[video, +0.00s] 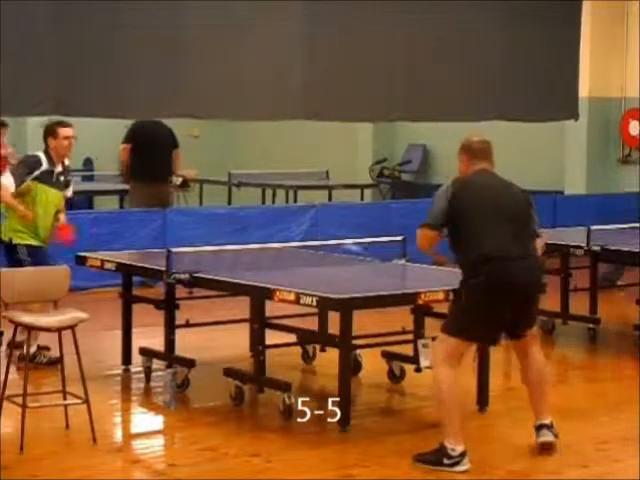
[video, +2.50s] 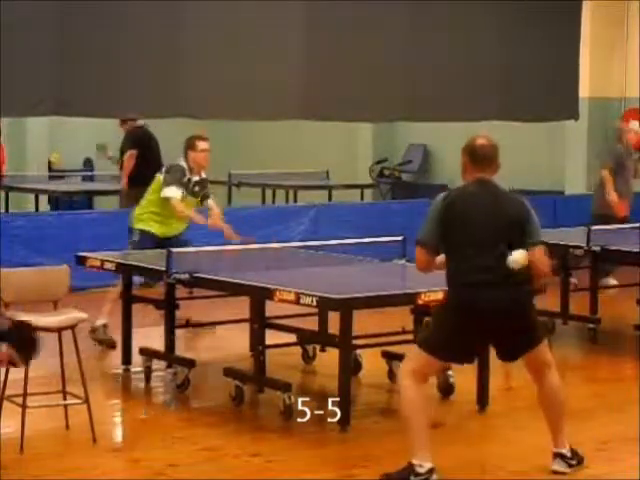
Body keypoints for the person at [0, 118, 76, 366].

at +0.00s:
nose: (70, 144)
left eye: (72, 139)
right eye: (66, 139)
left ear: (70, 142)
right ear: (51, 141)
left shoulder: (65, 172)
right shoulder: (32, 163)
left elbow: (60, 206)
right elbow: (5, 190)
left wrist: (61, 220)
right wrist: (22, 210)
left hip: (40, 237)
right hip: (19, 235)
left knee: (36, 290)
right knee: (37, 288)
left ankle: (21, 341)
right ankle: (27, 345)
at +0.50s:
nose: (91, 148)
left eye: (92, 143)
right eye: (86, 143)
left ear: (90, 146)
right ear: (72, 145)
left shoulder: (83, 171)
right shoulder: (56, 167)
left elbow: (80, 201)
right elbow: (26, 197)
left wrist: (87, 214)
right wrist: (50, 216)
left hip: (63, 238)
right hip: (40, 237)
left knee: (80, 281)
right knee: (54, 287)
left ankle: (68, 328)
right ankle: (38, 344)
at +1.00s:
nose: (105, 174)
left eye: (105, 169)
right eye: (101, 169)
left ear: (80, 169)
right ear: (86, 167)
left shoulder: (57, 183)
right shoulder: (88, 185)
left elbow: (35, 204)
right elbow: (117, 203)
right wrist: (149, 218)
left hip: (26, 248)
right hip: (51, 255)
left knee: (58, 297)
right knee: (79, 303)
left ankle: (49, 341)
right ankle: (46, 350)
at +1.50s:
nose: (100, 142)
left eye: (101, 137)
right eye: (95, 137)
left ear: (101, 138)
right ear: (80, 140)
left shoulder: (103, 164)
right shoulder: (61, 160)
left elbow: (136, 166)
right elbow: (27, 173)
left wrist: (131, 130)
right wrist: (10, 178)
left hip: (92, 232)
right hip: (63, 235)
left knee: (114, 284)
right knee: (58, 292)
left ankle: (124, 337)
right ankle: (40, 347)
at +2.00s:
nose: (147, 164)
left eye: (148, 159)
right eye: (143, 158)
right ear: (128, 158)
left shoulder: (126, 186)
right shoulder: (110, 180)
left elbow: (149, 210)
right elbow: (115, 195)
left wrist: (175, 220)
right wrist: (147, 196)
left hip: (104, 245)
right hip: (83, 246)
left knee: (137, 271)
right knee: (84, 297)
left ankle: (149, 315)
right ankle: (41, 337)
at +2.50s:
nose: (207, 156)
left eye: (208, 152)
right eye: (203, 152)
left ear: (206, 155)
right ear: (189, 154)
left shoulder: (201, 180)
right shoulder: (175, 171)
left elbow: (212, 209)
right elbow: (176, 206)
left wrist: (228, 232)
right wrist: (204, 221)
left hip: (173, 229)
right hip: (148, 227)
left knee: (189, 268)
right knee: (129, 276)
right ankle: (102, 322)